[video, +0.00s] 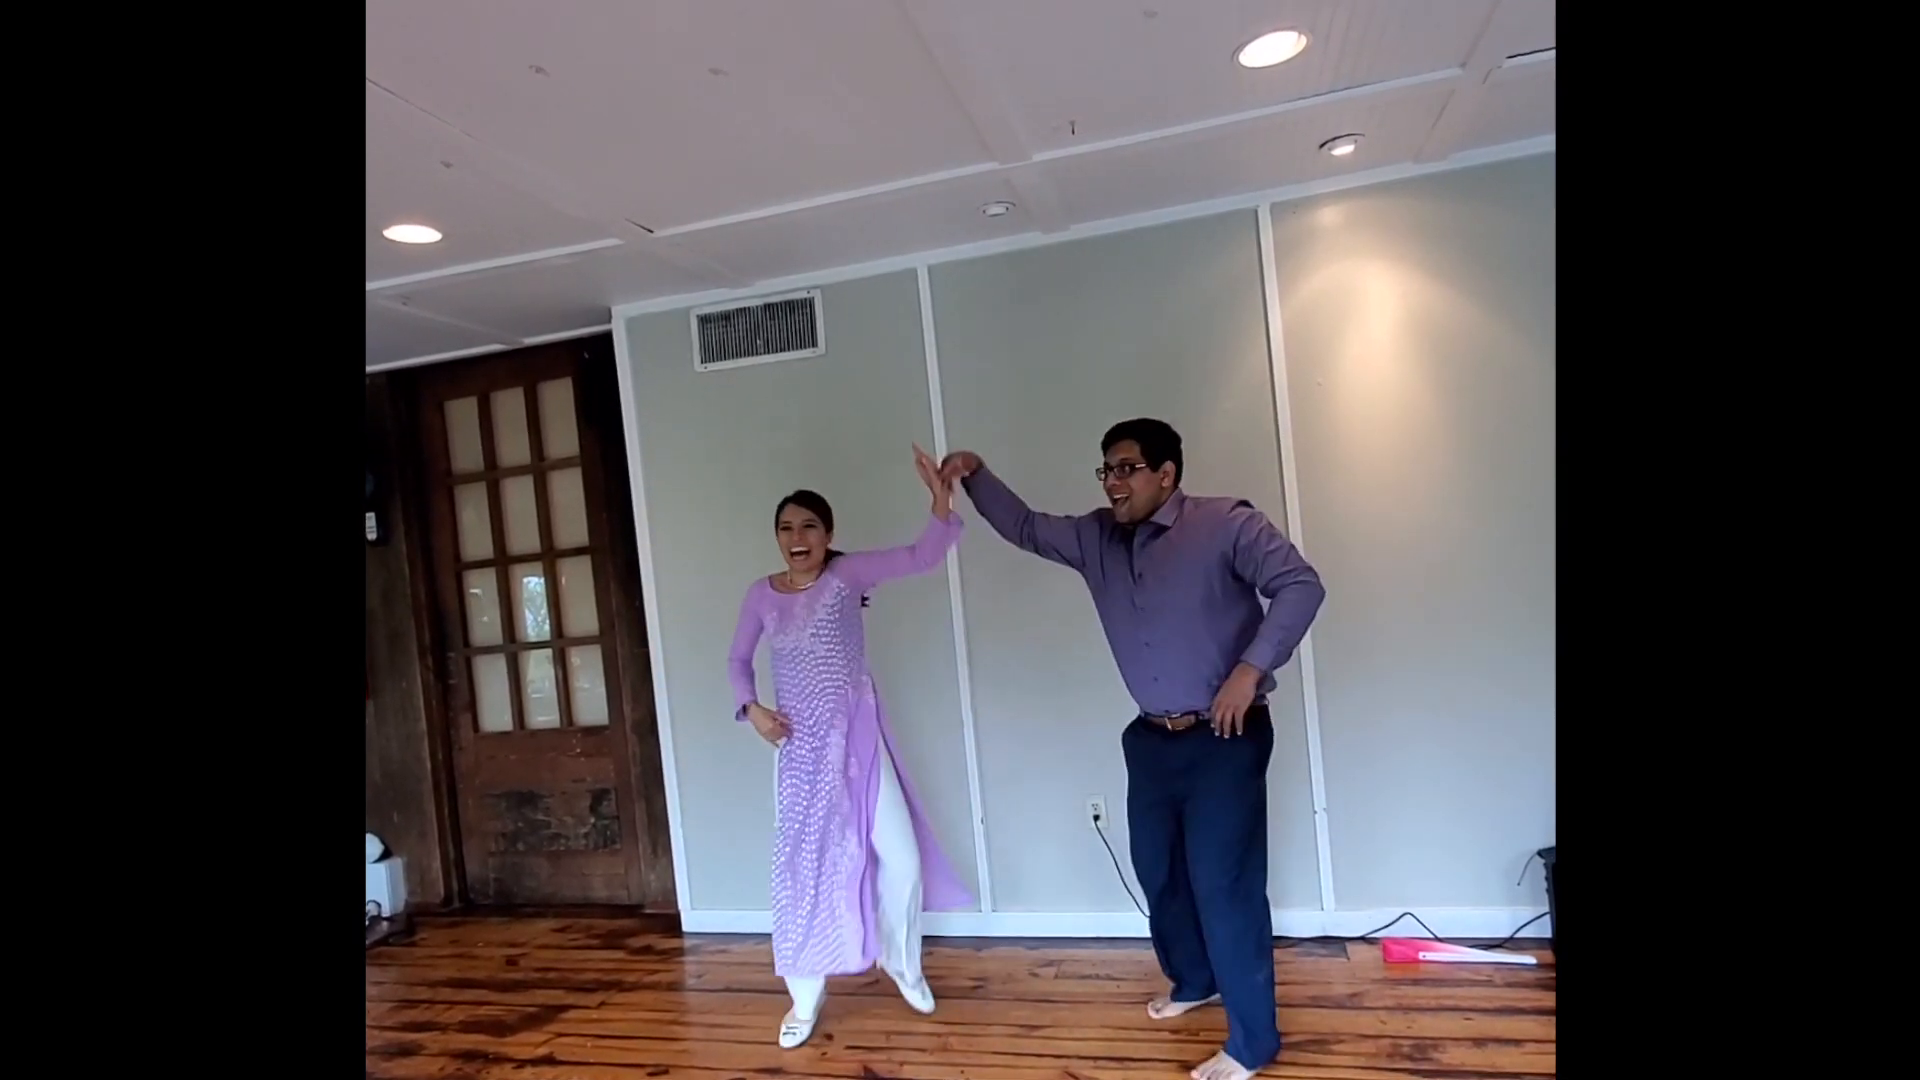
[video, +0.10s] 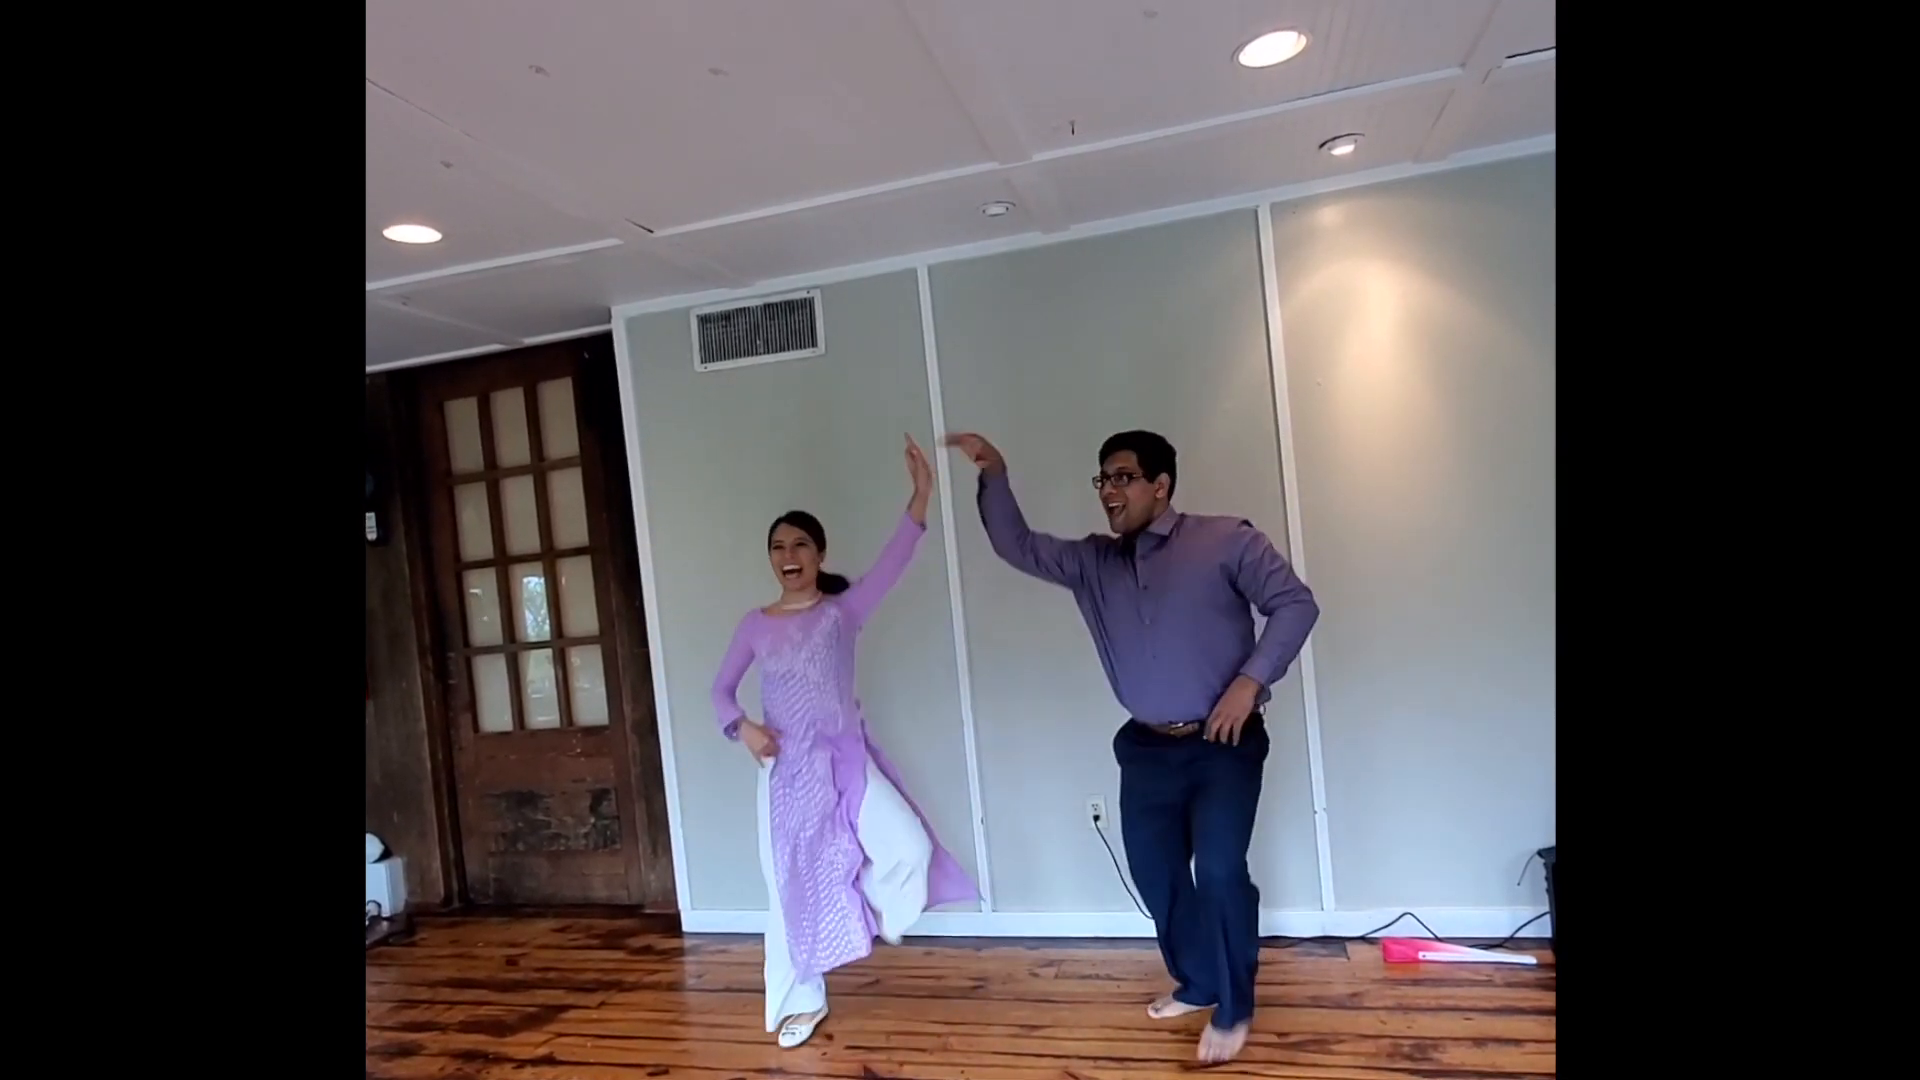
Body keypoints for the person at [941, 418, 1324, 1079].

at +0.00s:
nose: (1111, 482)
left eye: (1124, 469)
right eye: (1106, 471)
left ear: (1166, 473)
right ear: (1105, 477)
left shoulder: (1225, 524)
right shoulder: (1096, 538)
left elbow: (1299, 586)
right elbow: (1024, 525)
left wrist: (1250, 671)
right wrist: (975, 472)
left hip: (1224, 734)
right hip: (1152, 738)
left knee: (1222, 882)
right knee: (1159, 872)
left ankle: (1252, 1043)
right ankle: (1194, 979)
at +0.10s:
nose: (1107, 491)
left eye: (1122, 478)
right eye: (1103, 480)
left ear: (1162, 486)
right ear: (1102, 489)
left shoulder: (1226, 540)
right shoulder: (1092, 561)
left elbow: (1296, 605)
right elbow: (1014, 543)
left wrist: (1250, 682)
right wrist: (992, 471)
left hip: (1225, 738)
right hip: (1147, 745)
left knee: (1218, 869)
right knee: (1155, 873)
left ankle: (1233, 1009)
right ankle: (1197, 982)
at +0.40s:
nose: (1118, 477)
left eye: (1131, 466)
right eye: (1112, 470)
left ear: (1168, 476)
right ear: (1108, 484)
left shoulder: (1220, 523)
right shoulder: (1088, 533)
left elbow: (1279, 586)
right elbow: (1019, 503)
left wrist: (1261, 659)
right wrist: (958, 438)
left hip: (1235, 718)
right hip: (1148, 735)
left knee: (1303, 831)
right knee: (1168, 870)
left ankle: (1315, 968)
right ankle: (1203, 983)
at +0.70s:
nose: (1130, 480)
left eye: (1143, 470)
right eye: (1120, 476)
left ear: (1173, 483)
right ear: (1114, 498)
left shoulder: (1228, 545)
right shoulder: (1106, 565)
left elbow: (1277, 607)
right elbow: (1057, 531)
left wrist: (1289, 667)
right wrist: (1012, 470)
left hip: (1247, 736)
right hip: (1158, 750)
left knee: (1319, 852)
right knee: (1161, 878)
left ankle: (1362, 994)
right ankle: (1203, 987)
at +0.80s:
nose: (1134, 480)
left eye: (1147, 467)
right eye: (1123, 475)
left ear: (1178, 478)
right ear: (1119, 496)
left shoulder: (1230, 542)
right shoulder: (1116, 562)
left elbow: (1281, 601)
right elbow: (1088, 533)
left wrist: (1295, 664)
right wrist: (1068, 464)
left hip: (1256, 732)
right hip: (1166, 748)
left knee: (1327, 847)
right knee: (1167, 877)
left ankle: (1361, 987)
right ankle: (1201, 985)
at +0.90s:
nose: (1141, 467)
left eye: (1154, 455)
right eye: (1131, 463)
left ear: (1181, 466)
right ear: (1128, 483)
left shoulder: (1239, 526)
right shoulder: (1126, 552)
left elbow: (1288, 585)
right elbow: (1113, 518)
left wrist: (1304, 648)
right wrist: (1128, 443)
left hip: (1267, 725)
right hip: (1178, 737)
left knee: (1325, 856)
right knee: (1179, 872)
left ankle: (1342, 976)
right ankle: (1195, 985)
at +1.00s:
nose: (1144, 481)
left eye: (1151, 468)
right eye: (1131, 478)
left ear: (1184, 467)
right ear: (1127, 496)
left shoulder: (1256, 515)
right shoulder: (1135, 551)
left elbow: (1308, 570)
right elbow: (1150, 511)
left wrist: (1324, 641)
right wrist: (1192, 444)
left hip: (1284, 722)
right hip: (1191, 728)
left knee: (1320, 862)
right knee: (1151, 852)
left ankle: (1328, 979)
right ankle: (1185, 962)